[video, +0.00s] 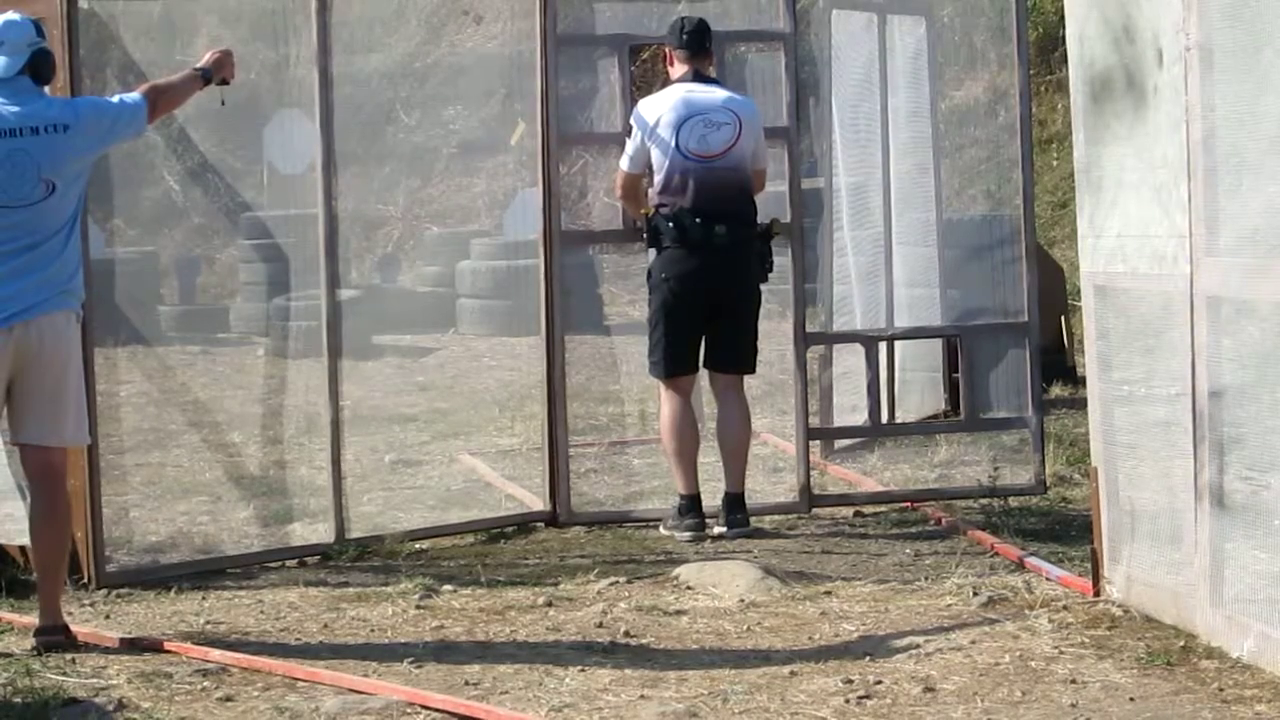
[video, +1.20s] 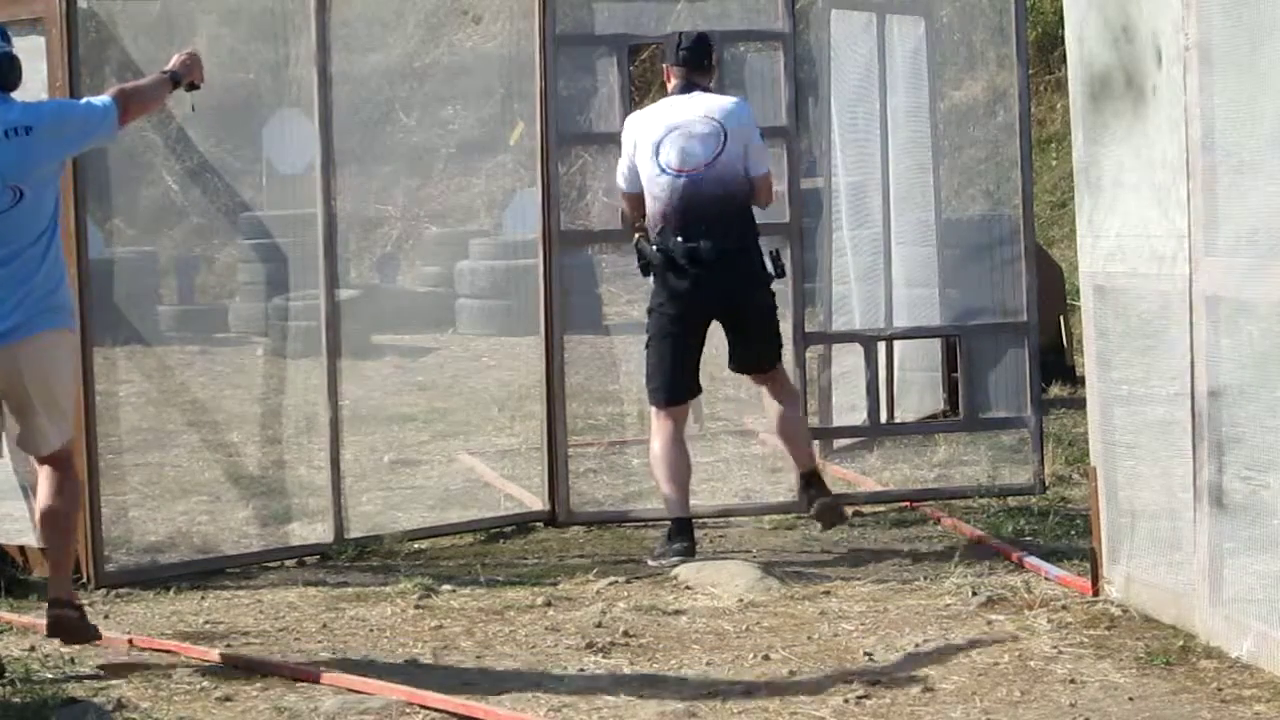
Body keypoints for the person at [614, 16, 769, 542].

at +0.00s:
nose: (668, 65)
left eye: (666, 58)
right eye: (685, 57)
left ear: (669, 58)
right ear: (713, 58)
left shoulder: (652, 109)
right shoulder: (745, 107)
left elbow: (626, 190)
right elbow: (757, 182)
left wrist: (652, 210)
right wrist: (719, 208)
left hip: (677, 255)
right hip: (738, 255)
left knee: (676, 386)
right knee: (730, 383)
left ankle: (689, 509)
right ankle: (735, 506)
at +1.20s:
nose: (666, 79)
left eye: (665, 72)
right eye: (702, 73)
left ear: (667, 75)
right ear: (713, 72)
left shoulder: (639, 123)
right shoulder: (737, 111)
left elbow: (633, 214)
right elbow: (764, 194)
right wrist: (717, 190)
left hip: (676, 276)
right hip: (741, 269)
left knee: (668, 412)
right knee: (773, 377)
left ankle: (680, 535)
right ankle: (813, 484)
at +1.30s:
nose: (688, 77)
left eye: (681, 68)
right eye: (703, 70)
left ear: (679, 72)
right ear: (723, 72)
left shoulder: (650, 117)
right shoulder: (745, 111)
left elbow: (638, 175)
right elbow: (759, 176)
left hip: (679, 285)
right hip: (746, 278)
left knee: (667, 415)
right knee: (797, 391)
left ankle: (678, 535)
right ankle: (854, 500)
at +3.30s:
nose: (716, 81)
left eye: (714, 74)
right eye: (729, 74)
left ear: (719, 77)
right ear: (763, 76)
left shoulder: (694, 121)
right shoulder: (793, 120)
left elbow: (687, 118)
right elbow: (760, 121)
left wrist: (711, 98)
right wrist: (733, 95)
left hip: (713, 293)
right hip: (783, 293)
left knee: (676, 409)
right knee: (830, 414)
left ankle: (678, 539)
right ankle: (878, 538)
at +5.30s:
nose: (712, 83)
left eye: (711, 76)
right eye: (724, 76)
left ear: (716, 77)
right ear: (761, 77)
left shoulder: (689, 122)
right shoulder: (792, 122)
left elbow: (704, 131)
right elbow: (759, 129)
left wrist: (717, 98)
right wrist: (735, 96)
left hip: (711, 296)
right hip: (781, 295)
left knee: (673, 409)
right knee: (828, 414)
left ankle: (676, 538)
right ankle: (875, 536)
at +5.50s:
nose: (761, 85)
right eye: (762, 77)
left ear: (713, 79)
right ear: (761, 78)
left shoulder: (682, 128)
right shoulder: (781, 119)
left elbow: (709, 168)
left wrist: (727, 101)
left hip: (708, 296)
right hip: (777, 292)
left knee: (683, 414)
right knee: (830, 412)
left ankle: (679, 539)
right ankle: (867, 534)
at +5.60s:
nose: (771, 84)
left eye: (768, 78)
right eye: (769, 77)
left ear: (716, 78)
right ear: (762, 79)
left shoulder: (685, 128)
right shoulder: (774, 118)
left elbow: (734, 151)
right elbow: (815, 133)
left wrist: (800, 126)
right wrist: (819, 117)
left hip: (705, 295)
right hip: (773, 293)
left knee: (695, 416)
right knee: (833, 410)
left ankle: (681, 538)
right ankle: (865, 536)